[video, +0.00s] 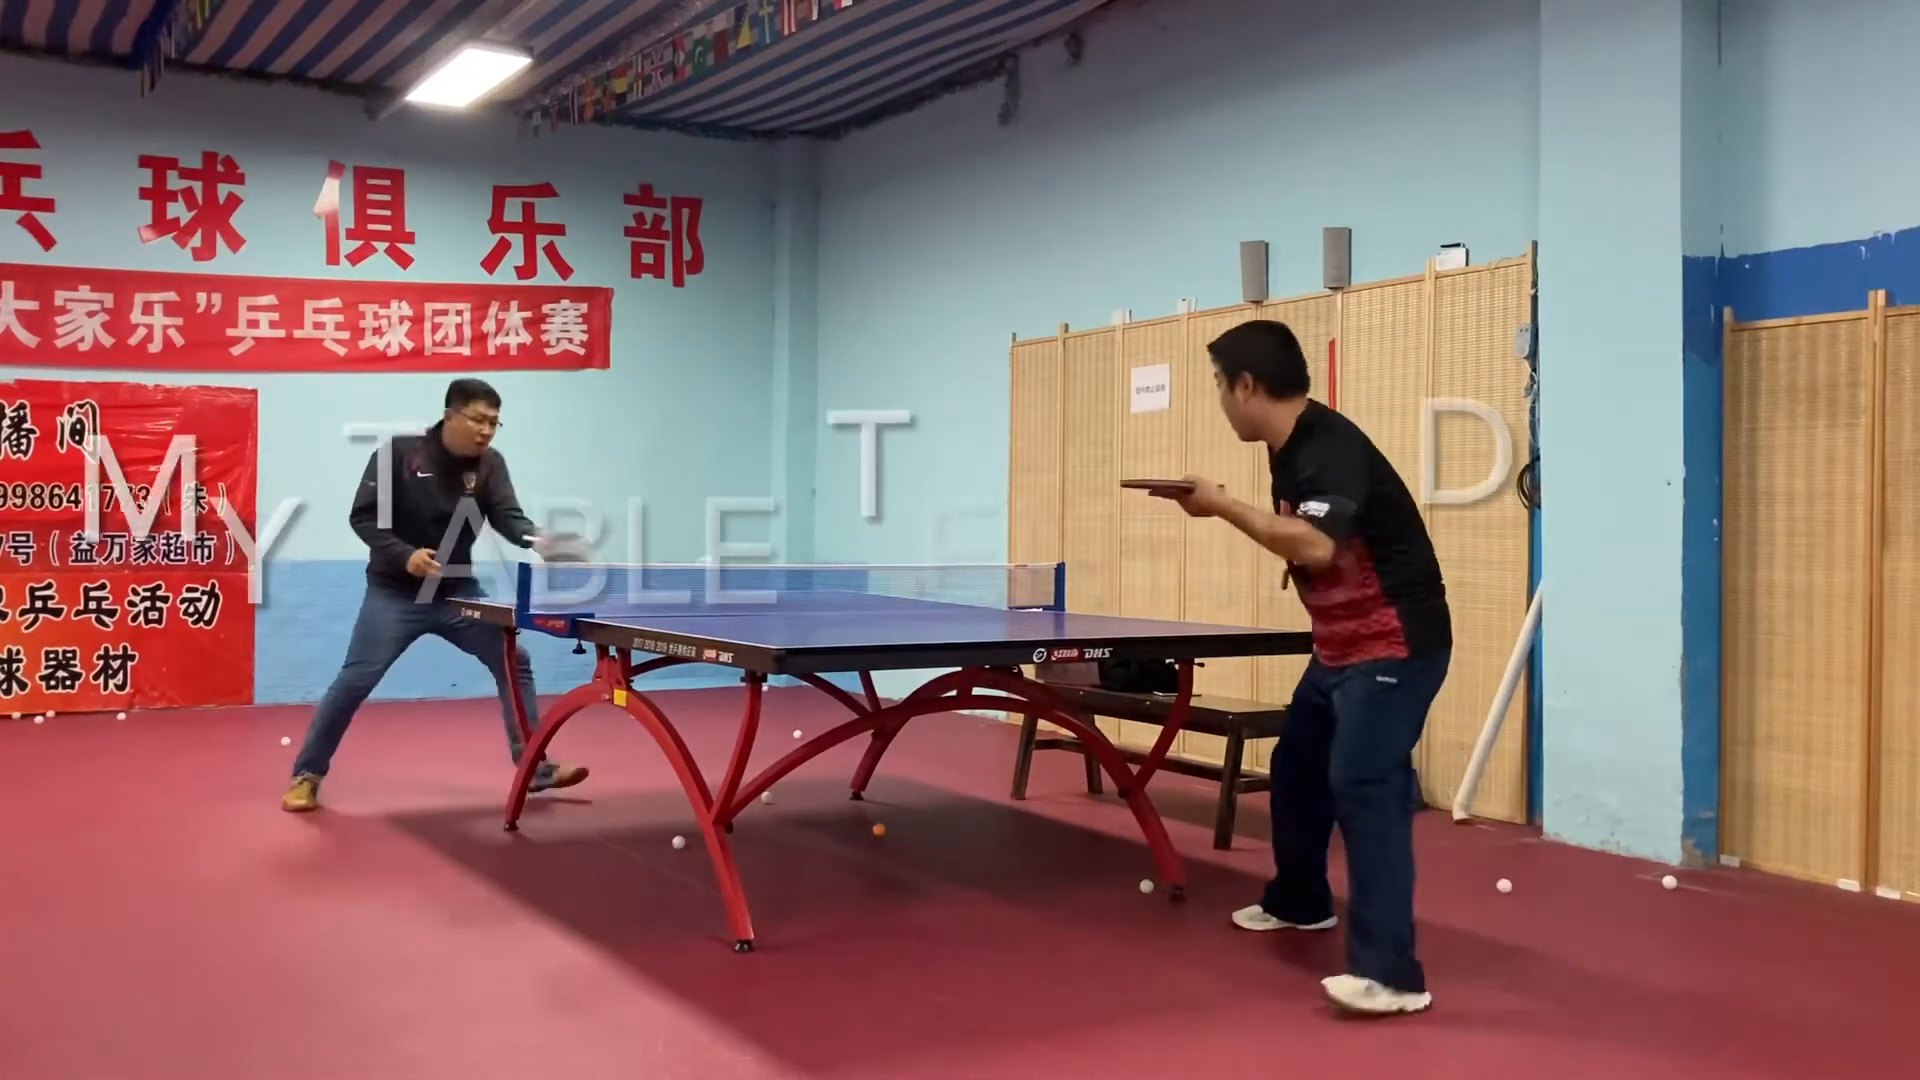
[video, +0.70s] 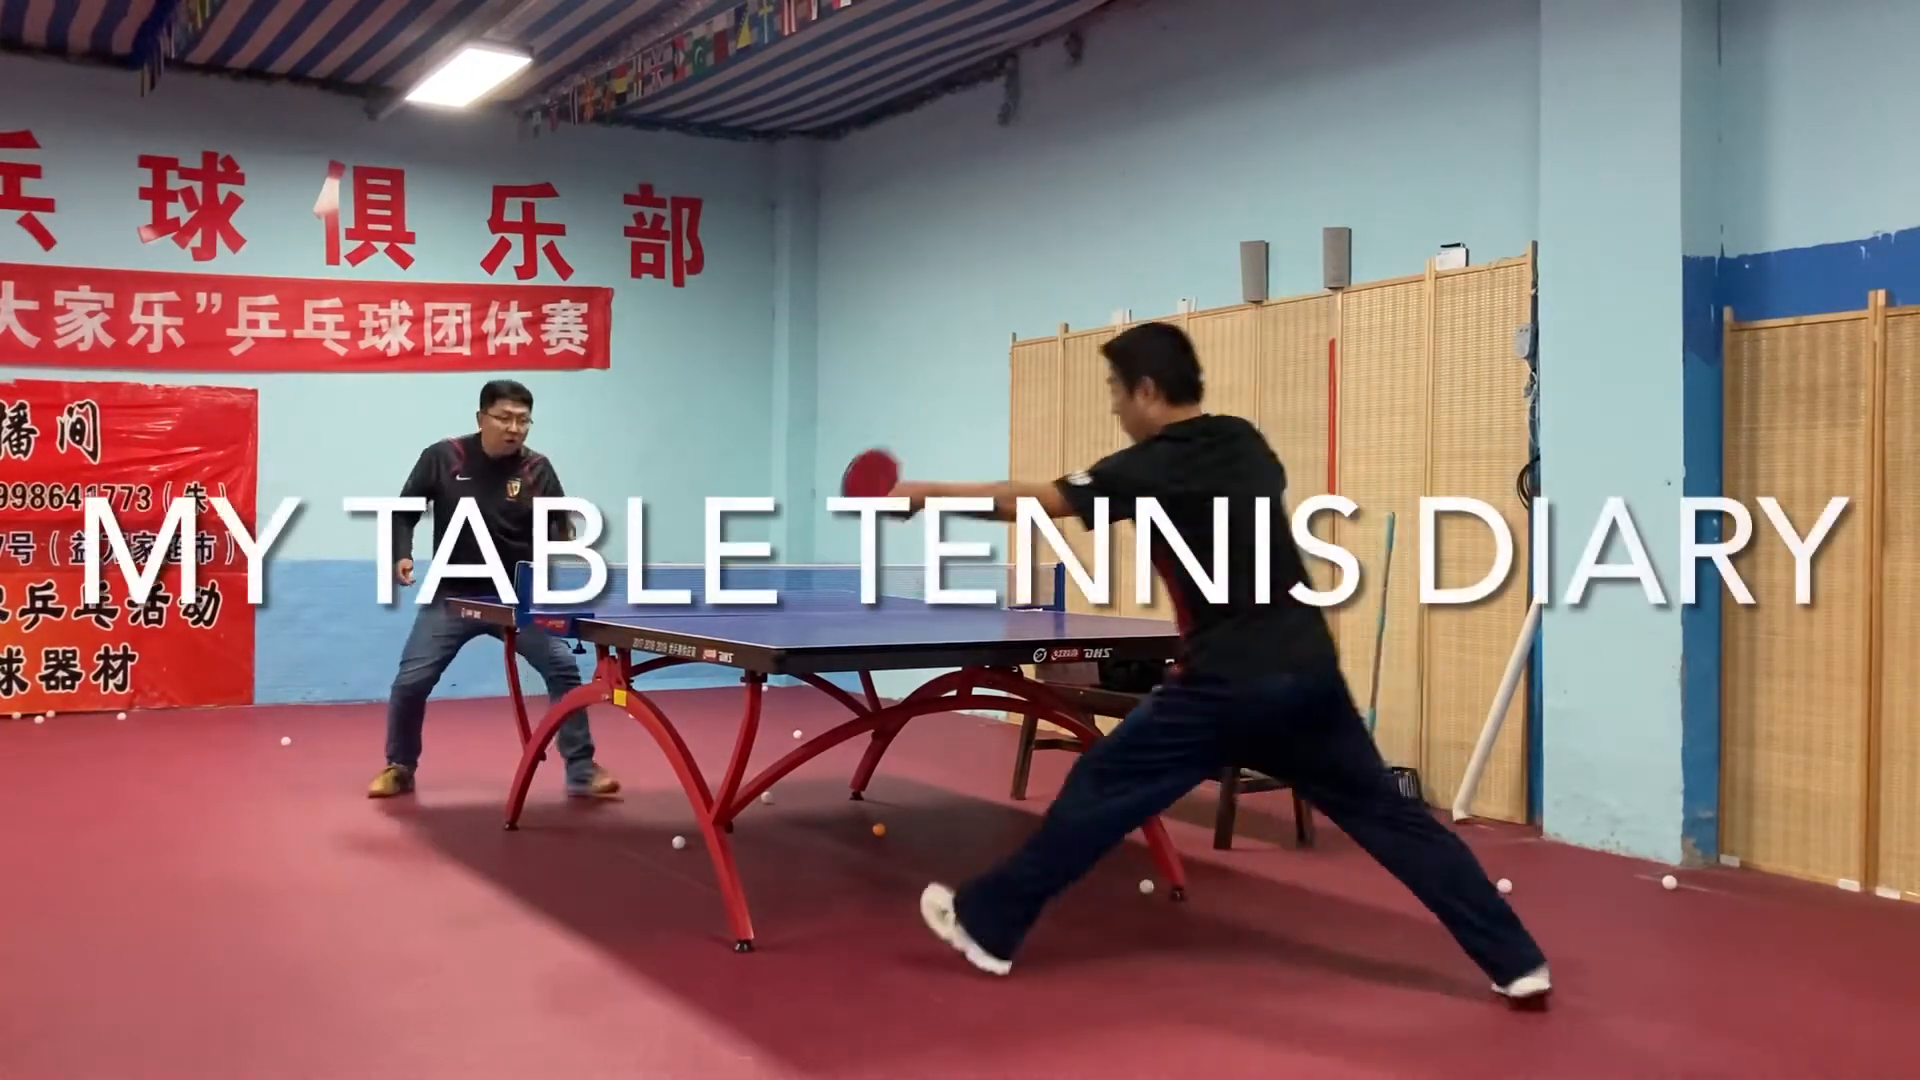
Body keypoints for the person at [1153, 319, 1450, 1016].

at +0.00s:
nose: (1222, 404)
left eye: (1223, 389)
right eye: (1221, 389)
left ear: (1248, 386)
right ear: (1268, 383)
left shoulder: (1330, 445)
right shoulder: (1293, 449)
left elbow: (1312, 546)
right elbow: (1318, 539)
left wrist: (1223, 506)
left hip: (1394, 649)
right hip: (1343, 648)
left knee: (1368, 786)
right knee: (1297, 768)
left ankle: (1391, 972)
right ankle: (1300, 900)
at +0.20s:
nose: (1244, 370)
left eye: (1244, 354)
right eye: (1243, 355)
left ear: (1269, 351)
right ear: (1314, 346)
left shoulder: (1322, 426)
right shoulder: (1340, 409)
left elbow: (1291, 546)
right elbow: (1312, 535)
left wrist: (1187, 516)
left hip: (1382, 643)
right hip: (1388, 636)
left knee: (1338, 791)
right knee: (1347, 781)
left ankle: (1383, 978)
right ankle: (1386, 913)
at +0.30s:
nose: (1244, 346)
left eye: (1246, 329)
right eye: (1244, 330)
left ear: (1273, 328)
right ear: (1311, 326)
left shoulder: (1316, 411)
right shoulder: (1365, 389)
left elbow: (1292, 533)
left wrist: (1201, 523)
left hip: (1367, 641)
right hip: (1408, 630)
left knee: (1339, 793)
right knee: (1378, 778)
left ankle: (1382, 978)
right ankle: (1458, 922)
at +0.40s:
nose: (1251, 360)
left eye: (1251, 344)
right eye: (1248, 346)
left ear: (1280, 337)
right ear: (1321, 334)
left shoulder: (1310, 425)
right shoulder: (1368, 404)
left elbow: (1278, 534)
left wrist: (1166, 519)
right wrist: (1181, 523)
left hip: (1355, 651)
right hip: (1412, 642)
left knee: (1281, 790)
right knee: (1418, 794)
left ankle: (1365, 959)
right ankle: (1519, 951)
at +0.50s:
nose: (1235, 387)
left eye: (1238, 371)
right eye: (1234, 372)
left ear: (1268, 369)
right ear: (1304, 369)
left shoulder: (1290, 456)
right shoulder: (1353, 433)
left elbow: (1209, 522)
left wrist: (1097, 511)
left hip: (1343, 671)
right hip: (1413, 668)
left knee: (1214, 762)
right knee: (1438, 827)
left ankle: (1264, 934)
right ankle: (1535, 975)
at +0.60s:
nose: (1190, 409)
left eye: (1191, 393)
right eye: (1188, 394)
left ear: (1225, 389)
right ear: (1256, 386)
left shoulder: (1230, 464)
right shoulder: (1311, 443)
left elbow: (1116, 494)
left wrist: (1008, 477)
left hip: (1299, 681)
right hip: (1378, 681)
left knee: (1166, 757)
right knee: (1421, 826)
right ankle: (1532, 974)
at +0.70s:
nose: (1114, 409)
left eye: (1118, 394)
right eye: (1115, 394)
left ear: (1148, 392)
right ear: (1186, 386)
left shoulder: (1149, 465)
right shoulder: (1249, 441)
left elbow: (1043, 501)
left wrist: (927, 495)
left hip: (1223, 681)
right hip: (1310, 678)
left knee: (1100, 792)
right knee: (1391, 815)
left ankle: (988, 923)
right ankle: (1519, 961)